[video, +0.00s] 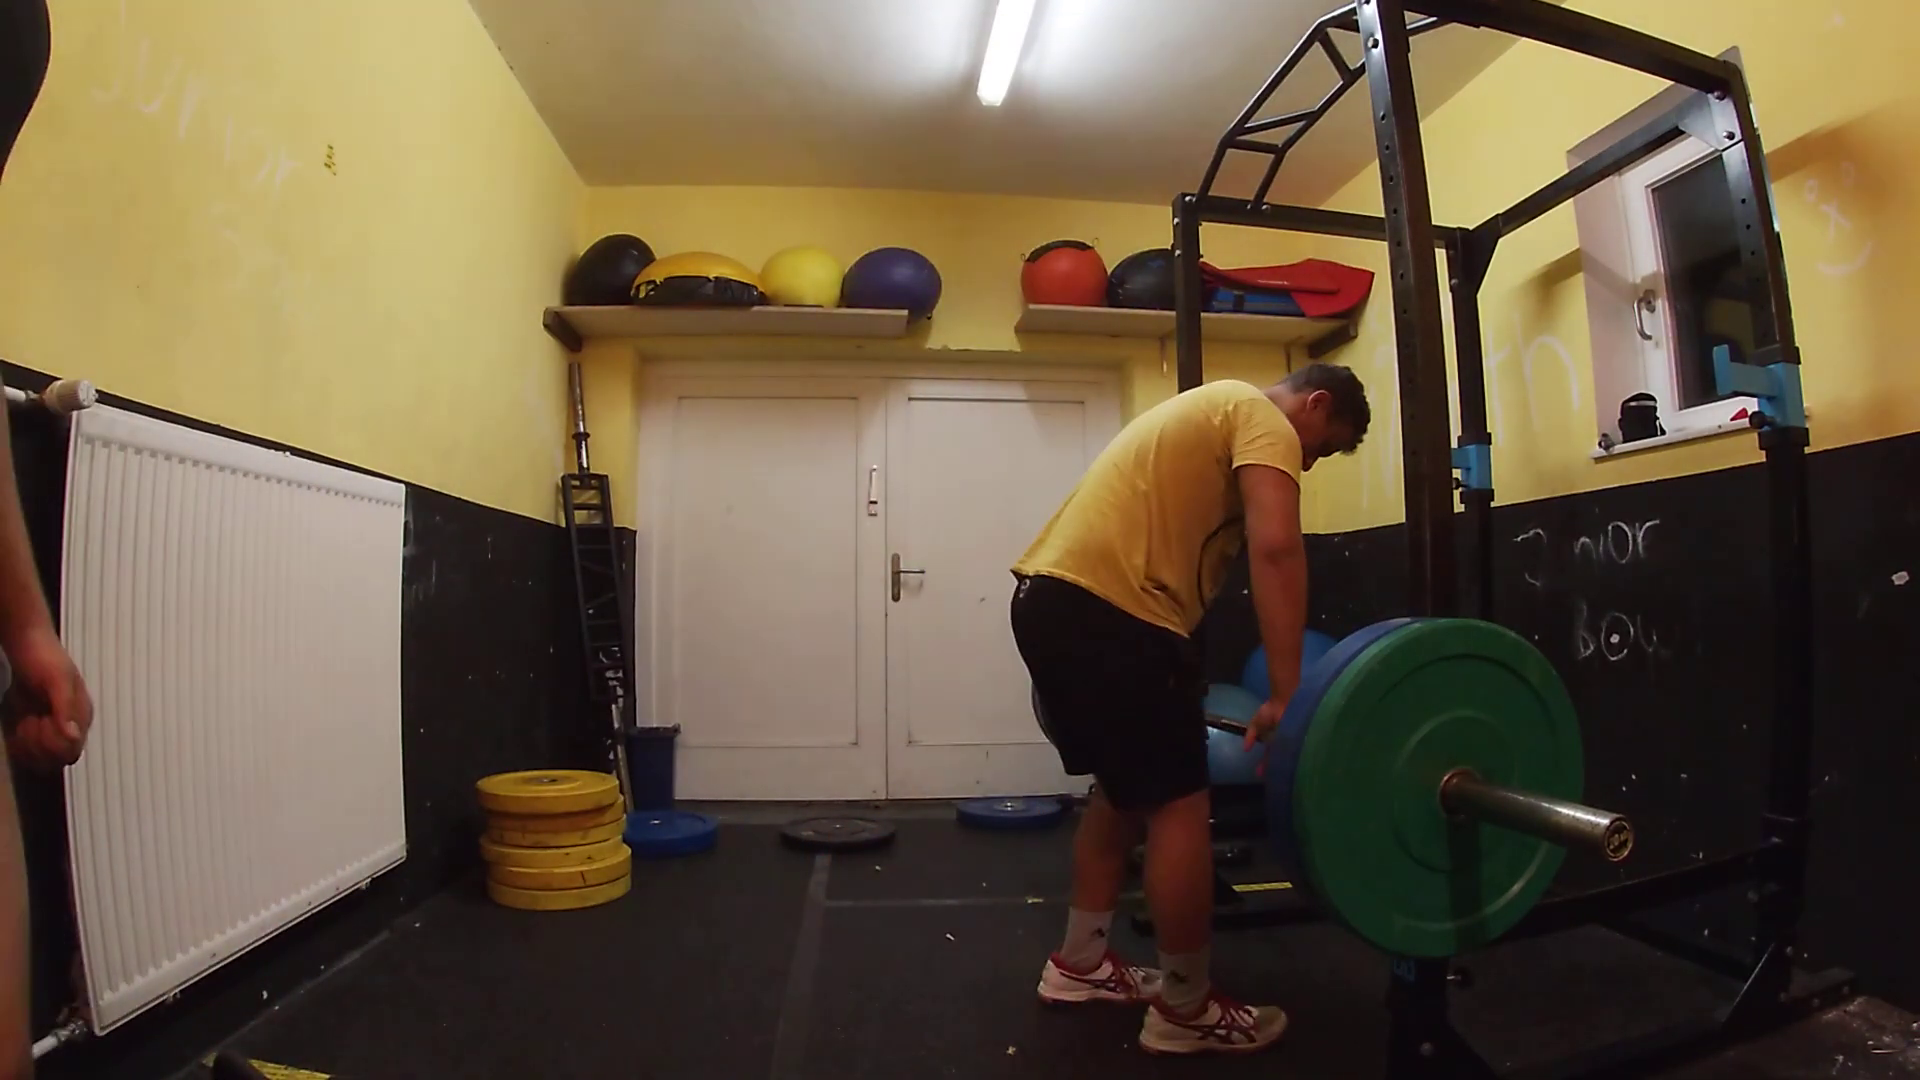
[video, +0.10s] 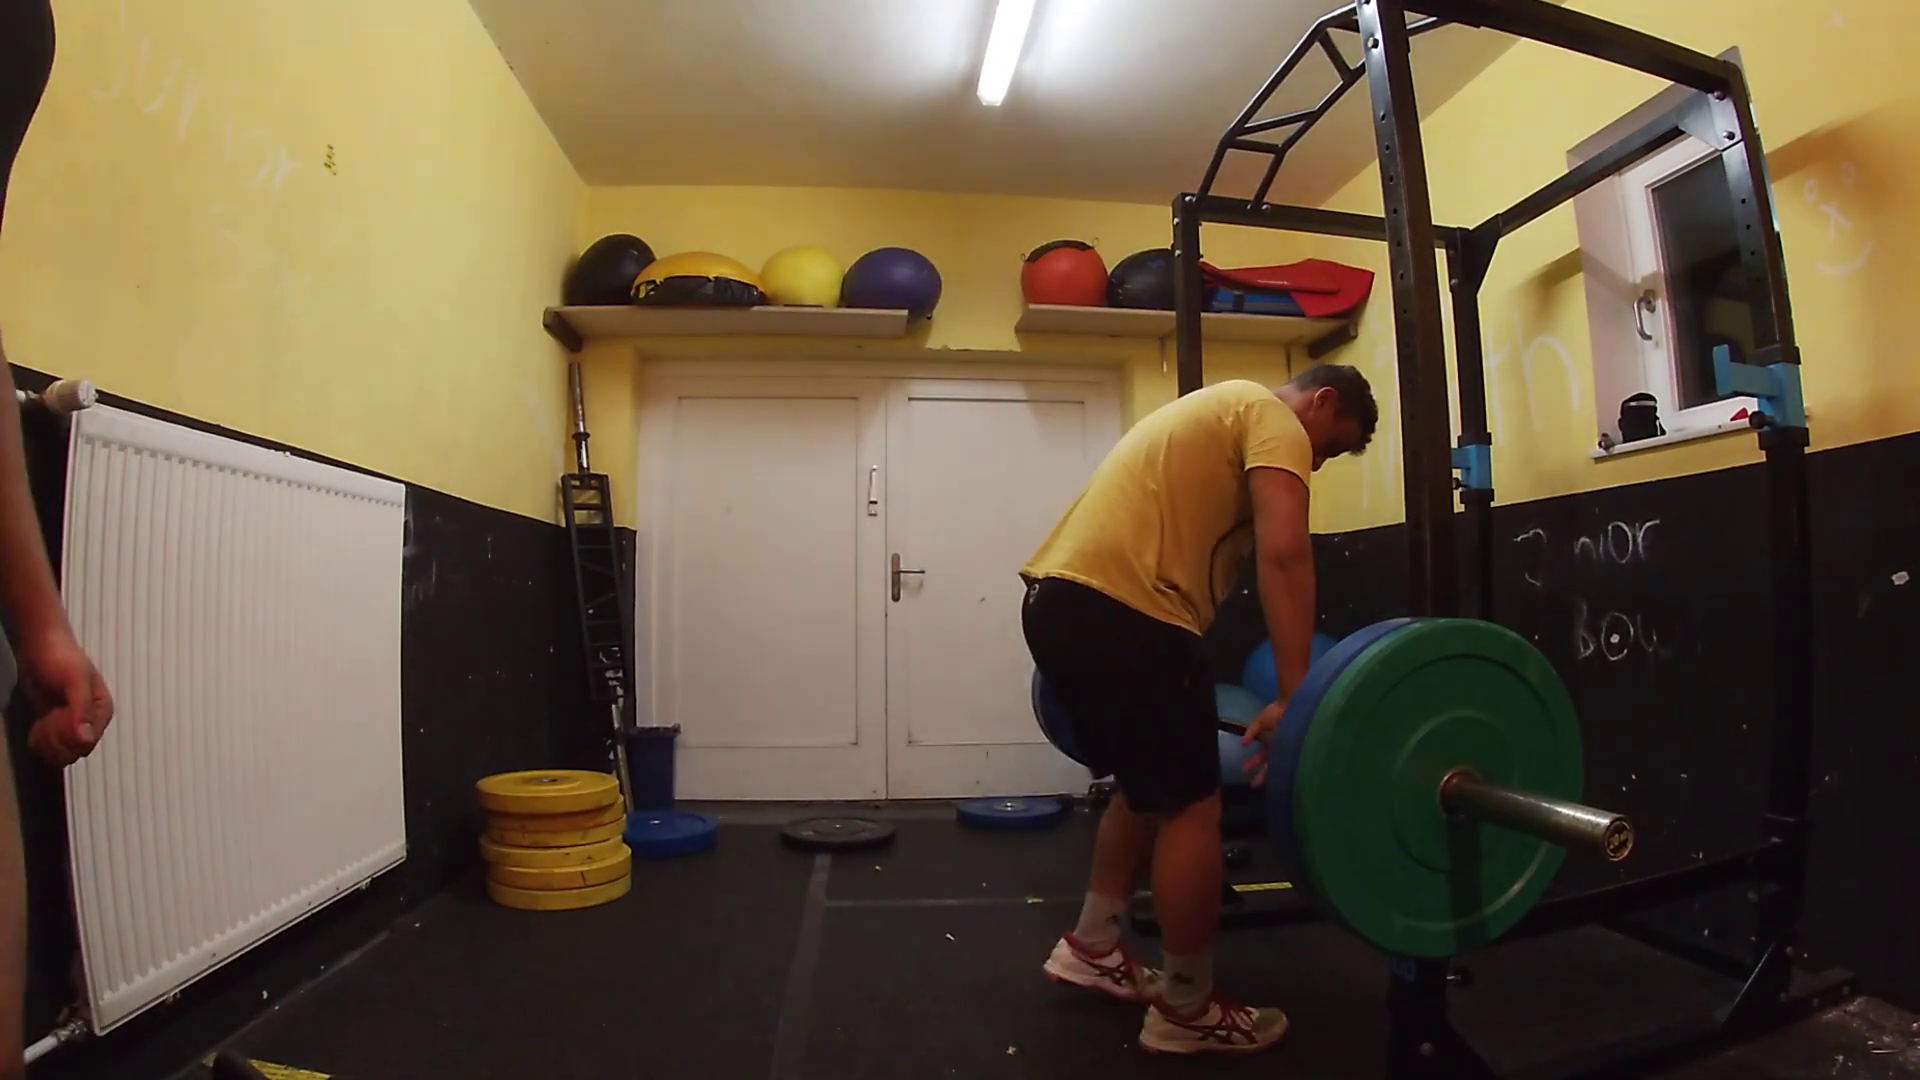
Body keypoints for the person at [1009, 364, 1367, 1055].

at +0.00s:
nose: (1312, 462)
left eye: (1323, 455)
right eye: (1325, 446)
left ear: (1299, 392)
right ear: (1314, 405)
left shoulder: (1204, 410)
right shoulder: (1263, 416)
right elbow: (1275, 546)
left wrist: (1176, 677)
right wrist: (1284, 692)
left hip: (1052, 596)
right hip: (1118, 610)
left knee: (1118, 782)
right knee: (1179, 803)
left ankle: (1079, 958)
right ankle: (1185, 1008)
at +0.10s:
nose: (1320, 462)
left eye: (1331, 456)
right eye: (1332, 446)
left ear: (1306, 389)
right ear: (1321, 401)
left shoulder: (1212, 410)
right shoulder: (1274, 417)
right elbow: (1284, 554)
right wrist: (1293, 697)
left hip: (1061, 596)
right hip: (1128, 609)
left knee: (1143, 781)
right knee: (1190, 804)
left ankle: (1092, 944)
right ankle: (1185, 1007)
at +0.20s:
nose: (1327, 462)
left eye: (1339, 456)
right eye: (1340, 445)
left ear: (1309, 389)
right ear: (1327, 401)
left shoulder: (1215, 410)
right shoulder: (1281, 416)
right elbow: (1289, 553)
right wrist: (1292, 696)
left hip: (1066, 594)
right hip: (1132, 606)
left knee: (1155, 778)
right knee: (1194, 801)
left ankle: (1115, 943)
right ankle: (1187, 1008)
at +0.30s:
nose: (1333, 464)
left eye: (1344, 458)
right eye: (1345, 448)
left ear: (1316, 391)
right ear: (1333, 402)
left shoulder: (1223, 410)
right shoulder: (1286, 416)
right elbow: (1290, 549)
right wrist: (1289, 695)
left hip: (1073, 590)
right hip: (1134, 603)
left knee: (1151, 788)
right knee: (1195, 801)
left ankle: (1146, 956)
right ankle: (1188, 1006)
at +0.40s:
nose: (1336, 466)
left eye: (1348, 460)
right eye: (1348, 449)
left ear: (1320, 393)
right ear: (1335, 404)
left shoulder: (1225, 410)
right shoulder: (1287, 417)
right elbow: (1288, 548)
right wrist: (1281, 692)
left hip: (1077, 589)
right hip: (1136, 603)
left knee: (1152, 789)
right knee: (1198, 800)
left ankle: (1144, 956)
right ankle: (1188, 1005)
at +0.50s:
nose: (1335, 468)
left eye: (1347, 461)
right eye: (1348, 451)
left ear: (1322, 395)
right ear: (1337, 407)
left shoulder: (1229, 411)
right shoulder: (1287, 417)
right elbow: (1286, 547)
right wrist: (1278, 693)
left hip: (1079, 592)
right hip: (1135, 605)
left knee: (1151, 790)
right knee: (1201, 800)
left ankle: (1145, 957)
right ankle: (1187, 1006)